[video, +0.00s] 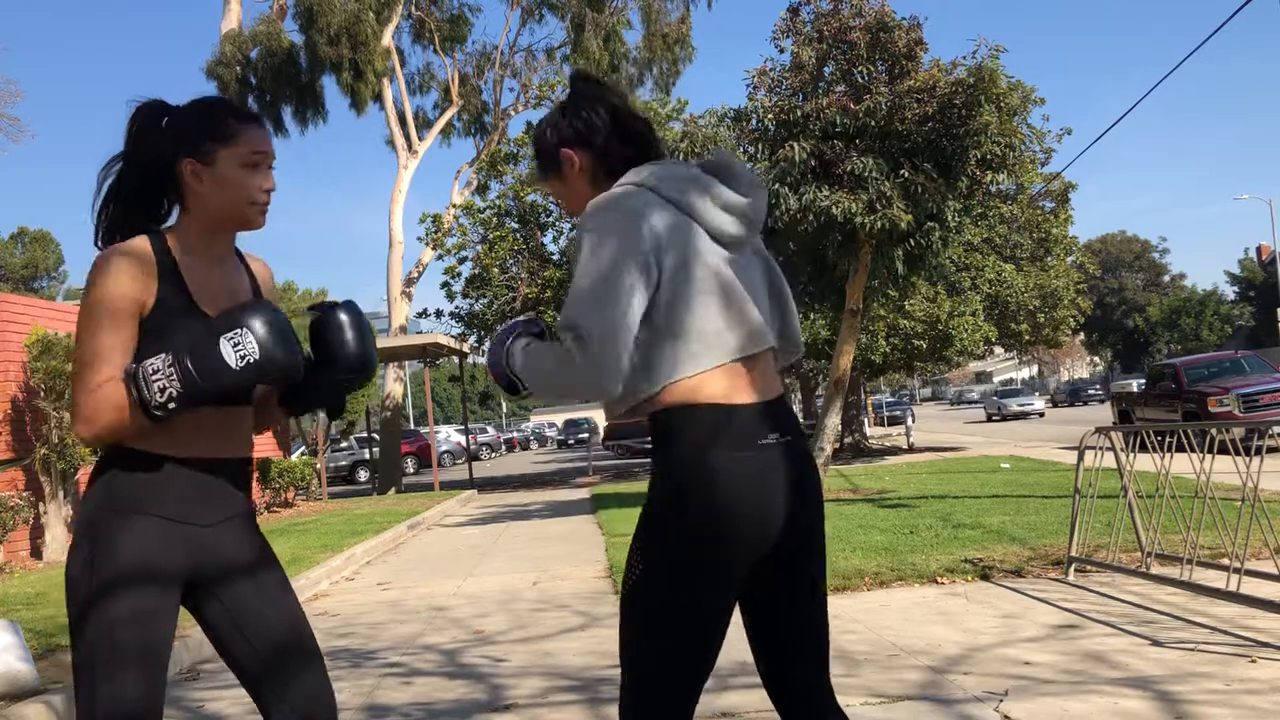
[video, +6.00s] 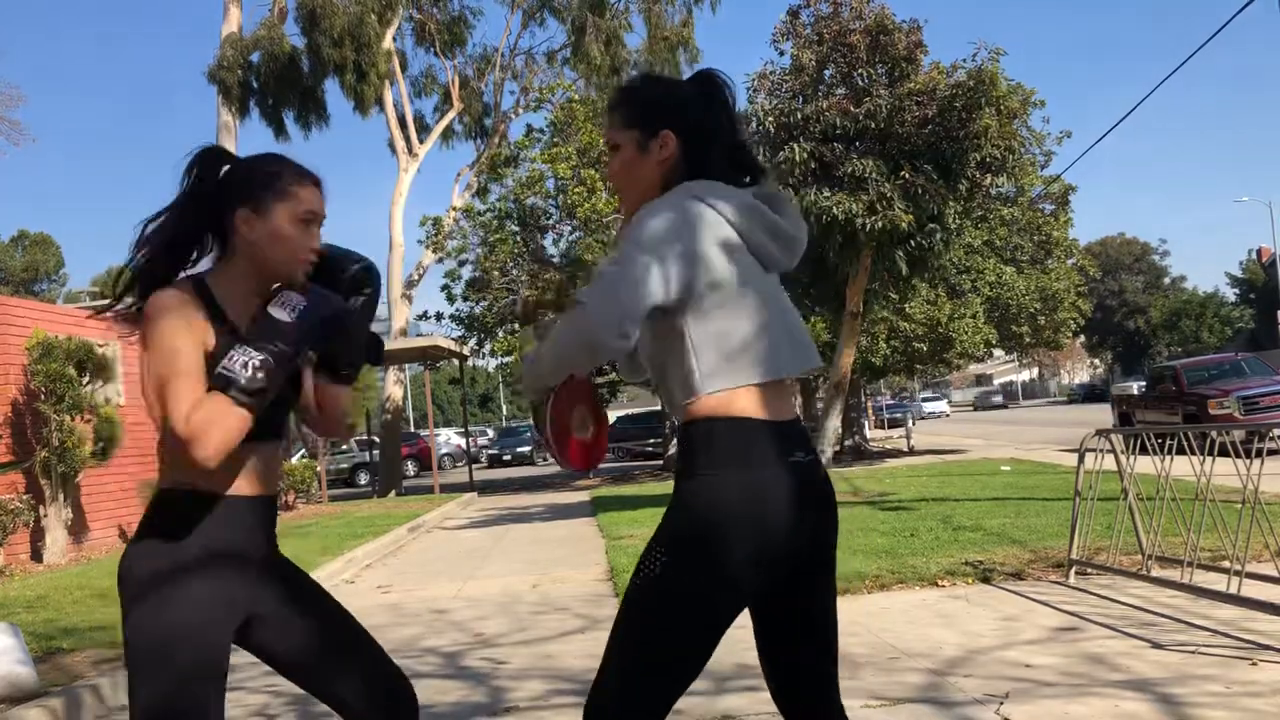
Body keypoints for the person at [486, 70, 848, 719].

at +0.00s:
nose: (562, 210)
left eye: (554, 191)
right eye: (554, 197)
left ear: (574, 160)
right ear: (632, 145)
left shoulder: (618, 213)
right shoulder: (719, 204)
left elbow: (592, 367)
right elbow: (783, 336)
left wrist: (516, 349)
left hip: (705, 476)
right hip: (786, 466)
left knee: (653, 704)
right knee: (807, 694)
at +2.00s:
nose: (639, 164)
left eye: (645, 144)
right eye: (639, 147)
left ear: (690, 137)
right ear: (693, 135)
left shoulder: (724, 206)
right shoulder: (783, 206)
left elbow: (621, 325)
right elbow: (740, 345)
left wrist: (594, 213)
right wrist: (629, 346)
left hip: (757, 478)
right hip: (826, 471)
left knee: (686, 705)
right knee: (838, 701)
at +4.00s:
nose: (649, 180)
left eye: (652, 161)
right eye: (645, 164)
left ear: (700, 142)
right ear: (712, 137)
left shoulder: (732, 198)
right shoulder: (803, 208)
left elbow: (632, 281)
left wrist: (556, 192)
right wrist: (672, 232)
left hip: (758, 485)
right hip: (829, 479)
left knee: (676, 705)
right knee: (839, 700)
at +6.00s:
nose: (606, 169)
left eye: (614, 149)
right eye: (606, 152)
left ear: (663, 148)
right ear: (665, 150)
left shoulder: (664, 222)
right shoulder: (730, 217)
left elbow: (598, 327)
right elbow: (670, 357)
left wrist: (533, 374)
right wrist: (597, 351)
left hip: (725, 486)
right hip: (798, 480)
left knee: (619, 705)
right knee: (812, 700)